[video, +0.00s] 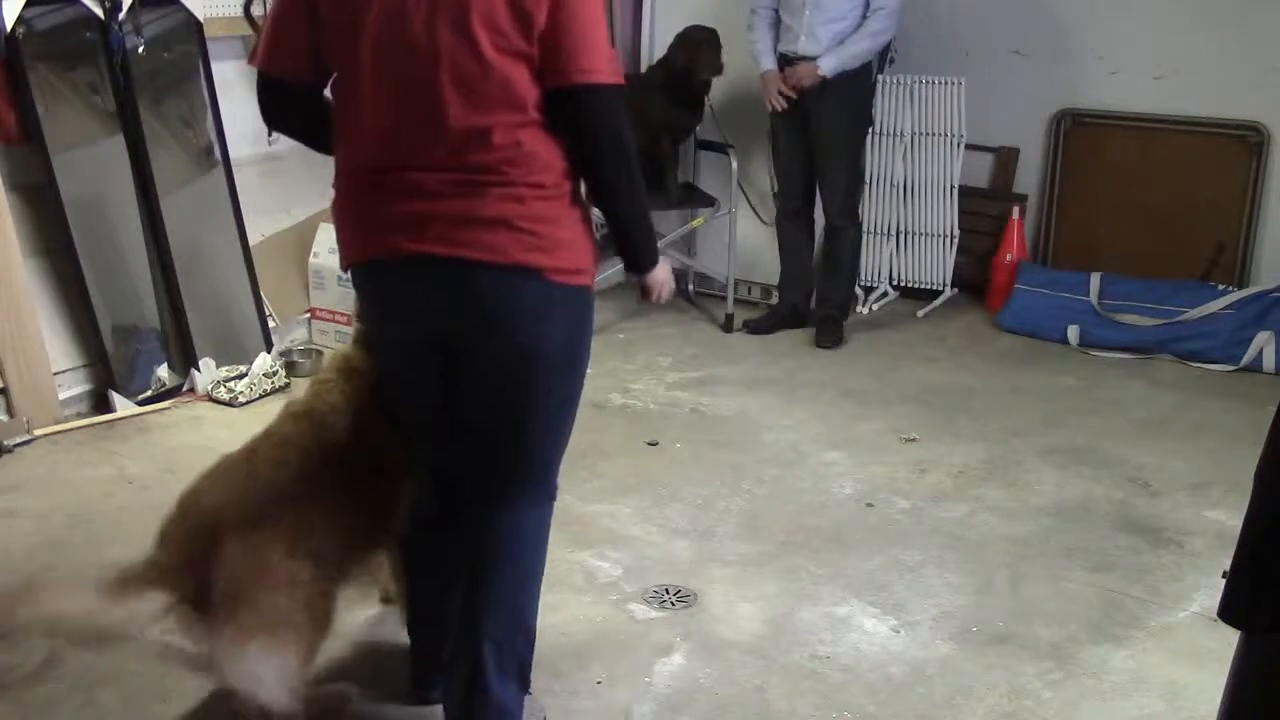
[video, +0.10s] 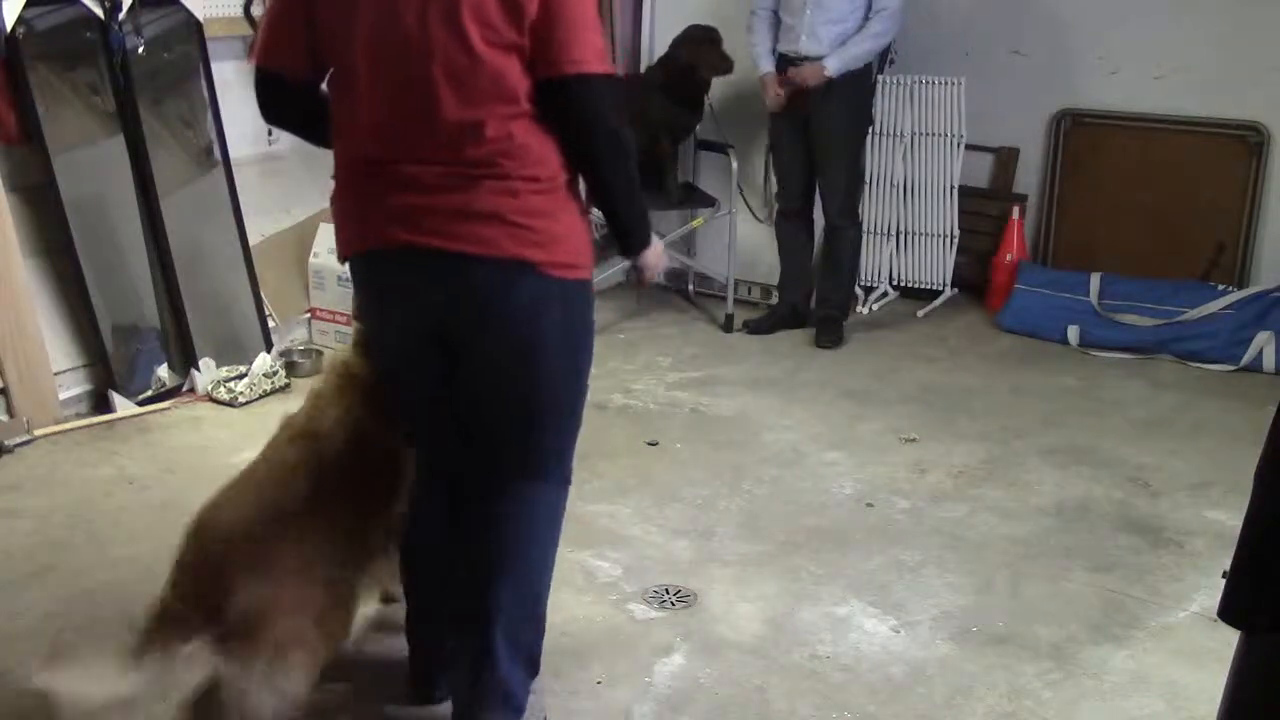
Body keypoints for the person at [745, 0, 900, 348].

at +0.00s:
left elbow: (884, 23)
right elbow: (763, 11)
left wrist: (821, 66)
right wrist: (767, 68)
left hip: (844, 78)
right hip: (787, 75)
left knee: (839, 206)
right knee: (791, 203)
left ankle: (831, 313)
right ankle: (792, 305)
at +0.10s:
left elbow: (888, 21)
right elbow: (762, 10)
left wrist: (827, 66)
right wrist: (767, 71)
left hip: (844, 80)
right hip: (787, 77)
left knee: (839, 207)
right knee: (791, 203)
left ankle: (831, 313)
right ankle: (792, 306)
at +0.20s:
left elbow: (889, 21)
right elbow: (762, 9)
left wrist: (839, 78)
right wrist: (763, 73)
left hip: (846, 78)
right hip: (786, 74)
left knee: (839, 208)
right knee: (791, 204)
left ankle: (831, 313)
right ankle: (792, 305)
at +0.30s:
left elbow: (887, 25)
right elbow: (760, 11)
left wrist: (861, 95)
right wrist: (760, 76)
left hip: (842, 79)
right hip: (787, 76)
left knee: (839, 210)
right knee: (790, 205)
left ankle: (831, 313)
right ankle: (792, 306)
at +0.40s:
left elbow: (891, 24)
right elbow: (760, 11)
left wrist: (886, 100)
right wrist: (758, 78)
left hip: (844, 80)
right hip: (787, 76)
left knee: (839, 209)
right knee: (790, 204)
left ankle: (831, 313)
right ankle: (792, 305)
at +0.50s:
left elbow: (898, 23)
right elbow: (759, 13)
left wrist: (902, 100)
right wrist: (755, 77)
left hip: (843, 80)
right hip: (786, 77)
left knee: (840, 209)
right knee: (790, 204)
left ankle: (831, 314)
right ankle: (793, 306)